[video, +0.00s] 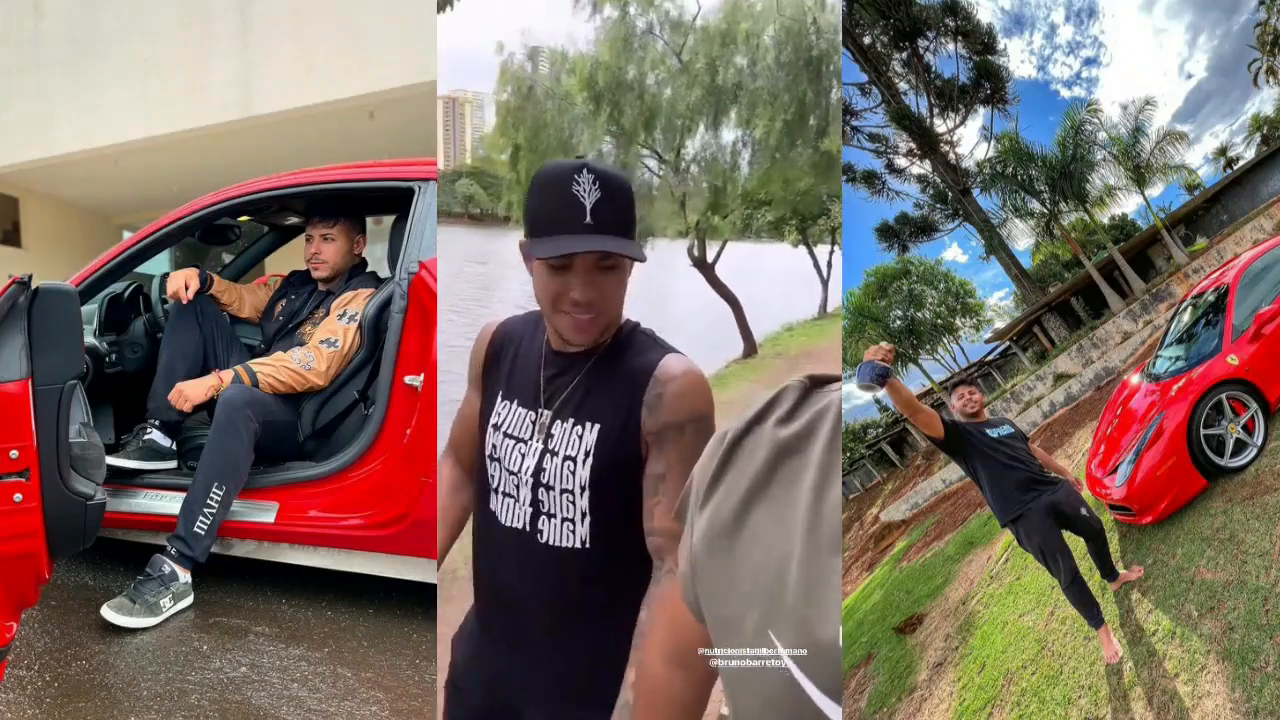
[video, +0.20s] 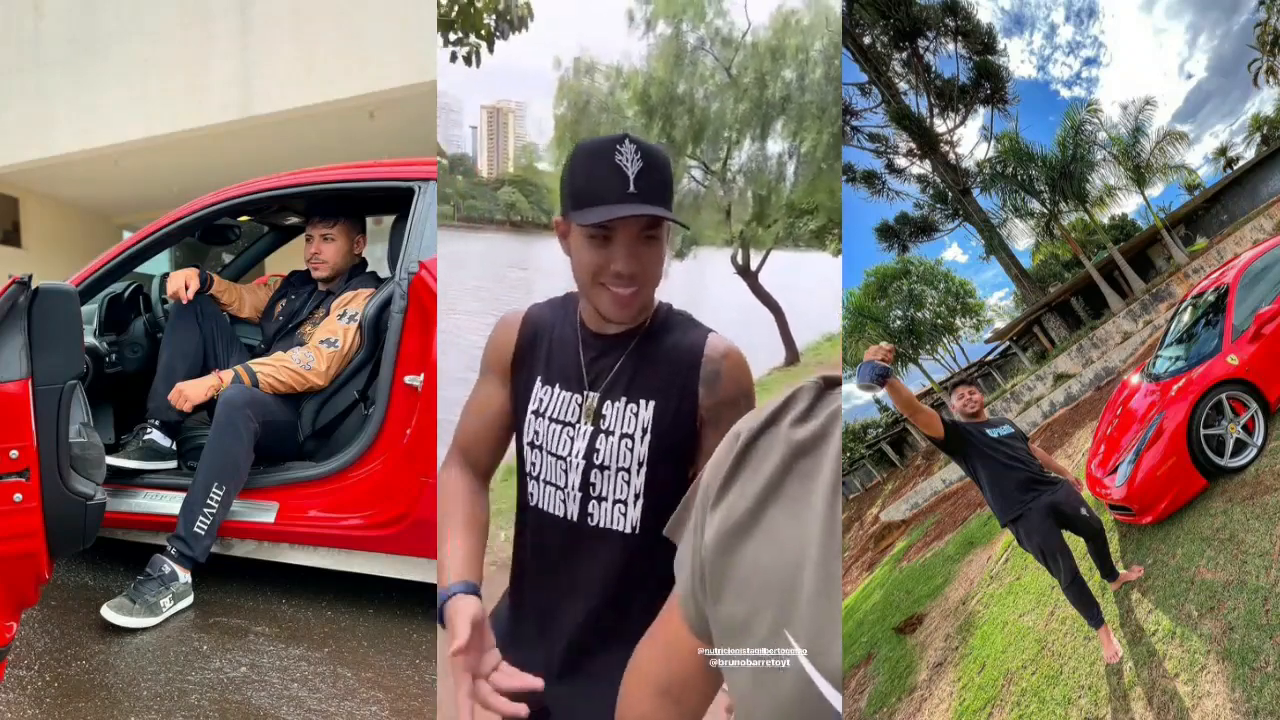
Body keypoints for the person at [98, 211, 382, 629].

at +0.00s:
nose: (314, 250)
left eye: (328, 239)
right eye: (310, 239)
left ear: (358, 245)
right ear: (304, 244)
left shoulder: (362, 297)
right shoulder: (292, 286)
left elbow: (315, 366)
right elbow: (242, 299)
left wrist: (219, 380)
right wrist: (202, 278)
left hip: (316, 410)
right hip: (266, 389)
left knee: (239, 402)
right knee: (196, 303)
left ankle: (177, 568)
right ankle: (161, 433)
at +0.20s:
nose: (314, 249)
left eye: (327, 239)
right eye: (310, 239)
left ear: (358, 245)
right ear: (304, 244)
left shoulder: (362, 297)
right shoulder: (292, 286)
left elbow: (315, 366)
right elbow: (243, 299)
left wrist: (220, 380)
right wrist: (202, 279)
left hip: (317, 411)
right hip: (266, 390)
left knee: (239, 402)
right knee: (196, 303)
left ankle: (177, 568)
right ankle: (161, 432)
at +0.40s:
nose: (314, 249)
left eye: (327, 239)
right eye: (310, 239)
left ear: (358, 245)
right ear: (304, 244)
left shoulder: (362, 297)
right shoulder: (292, 286)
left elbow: (315, 366)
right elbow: (243, 299)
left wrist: (220, 380)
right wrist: (202, 279)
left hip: (317, 411)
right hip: (266, 390)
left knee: (239, 402)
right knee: (196, 303)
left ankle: (177, 568)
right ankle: (161, 432)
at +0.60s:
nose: (314, 250)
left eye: (328, 239)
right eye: (310, 239)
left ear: (358, 245)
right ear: (304, 244)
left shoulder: (362, 297)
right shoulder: (292, 286)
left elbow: (315, 366)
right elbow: (242, 299)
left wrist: (219, 380)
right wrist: (202, 278)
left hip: (317, 410)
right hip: (266, 389)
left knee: (239, 402)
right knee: (196, 303)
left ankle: (177, 568)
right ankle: (161, 433)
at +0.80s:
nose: (314, 250)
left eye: (328, 239)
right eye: (310, 239)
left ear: (358, 245)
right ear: (304, 244)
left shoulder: (362, 297)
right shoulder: (292, 286)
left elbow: (315, 366)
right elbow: (242, 299)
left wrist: (219, 380)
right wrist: (202, 278)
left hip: (316, 410)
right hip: (266, 389)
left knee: (239, 402)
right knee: (196, 303)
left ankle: (177, 568)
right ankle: (161, 433)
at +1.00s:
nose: (314, 250)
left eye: (328, 239)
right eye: (310, 239)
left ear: (358, 245)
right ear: (304, 244)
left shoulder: (362, 297)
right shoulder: (292, 286)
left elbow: (315, 366)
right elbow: (242, 299)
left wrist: (219, 380)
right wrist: (202, 278)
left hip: (317, 410)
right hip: (266, 389)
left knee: (239, 402)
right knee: (196, 303)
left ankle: (177, 568)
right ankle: (161, 433)